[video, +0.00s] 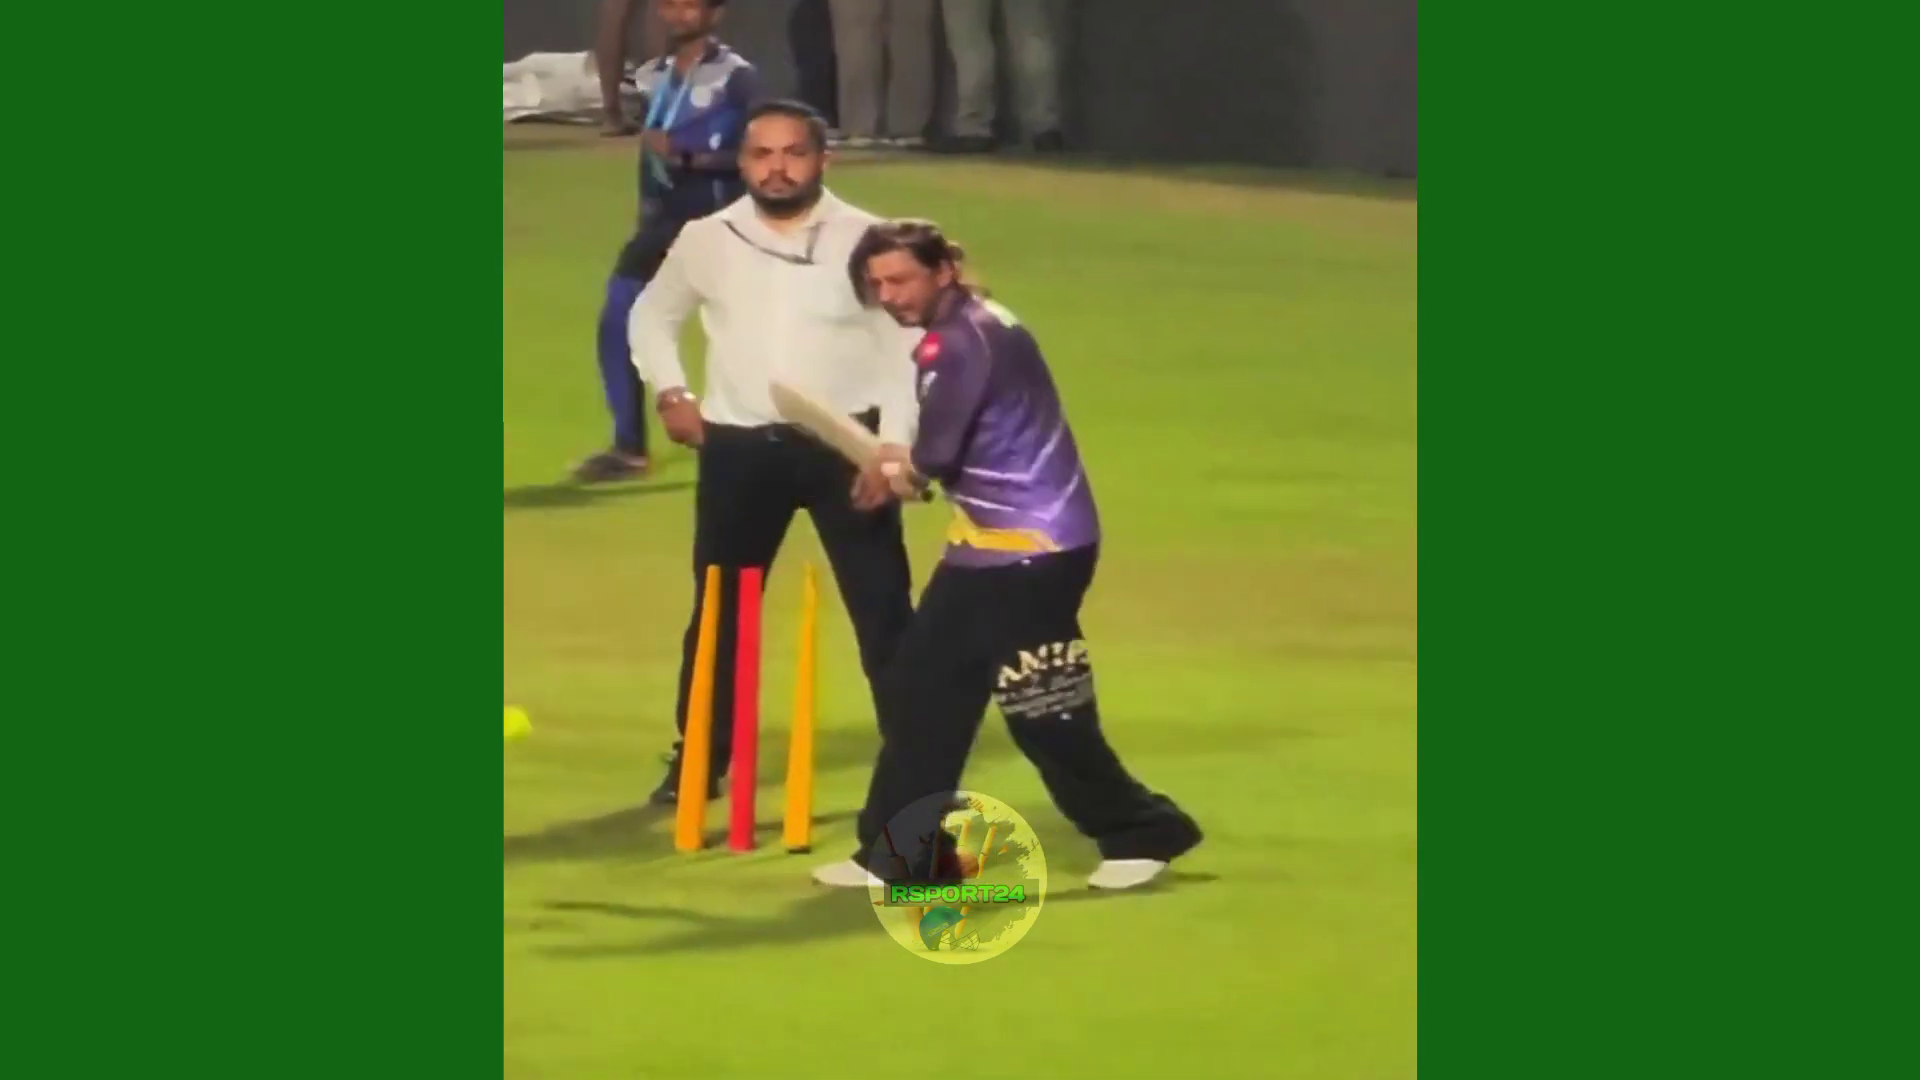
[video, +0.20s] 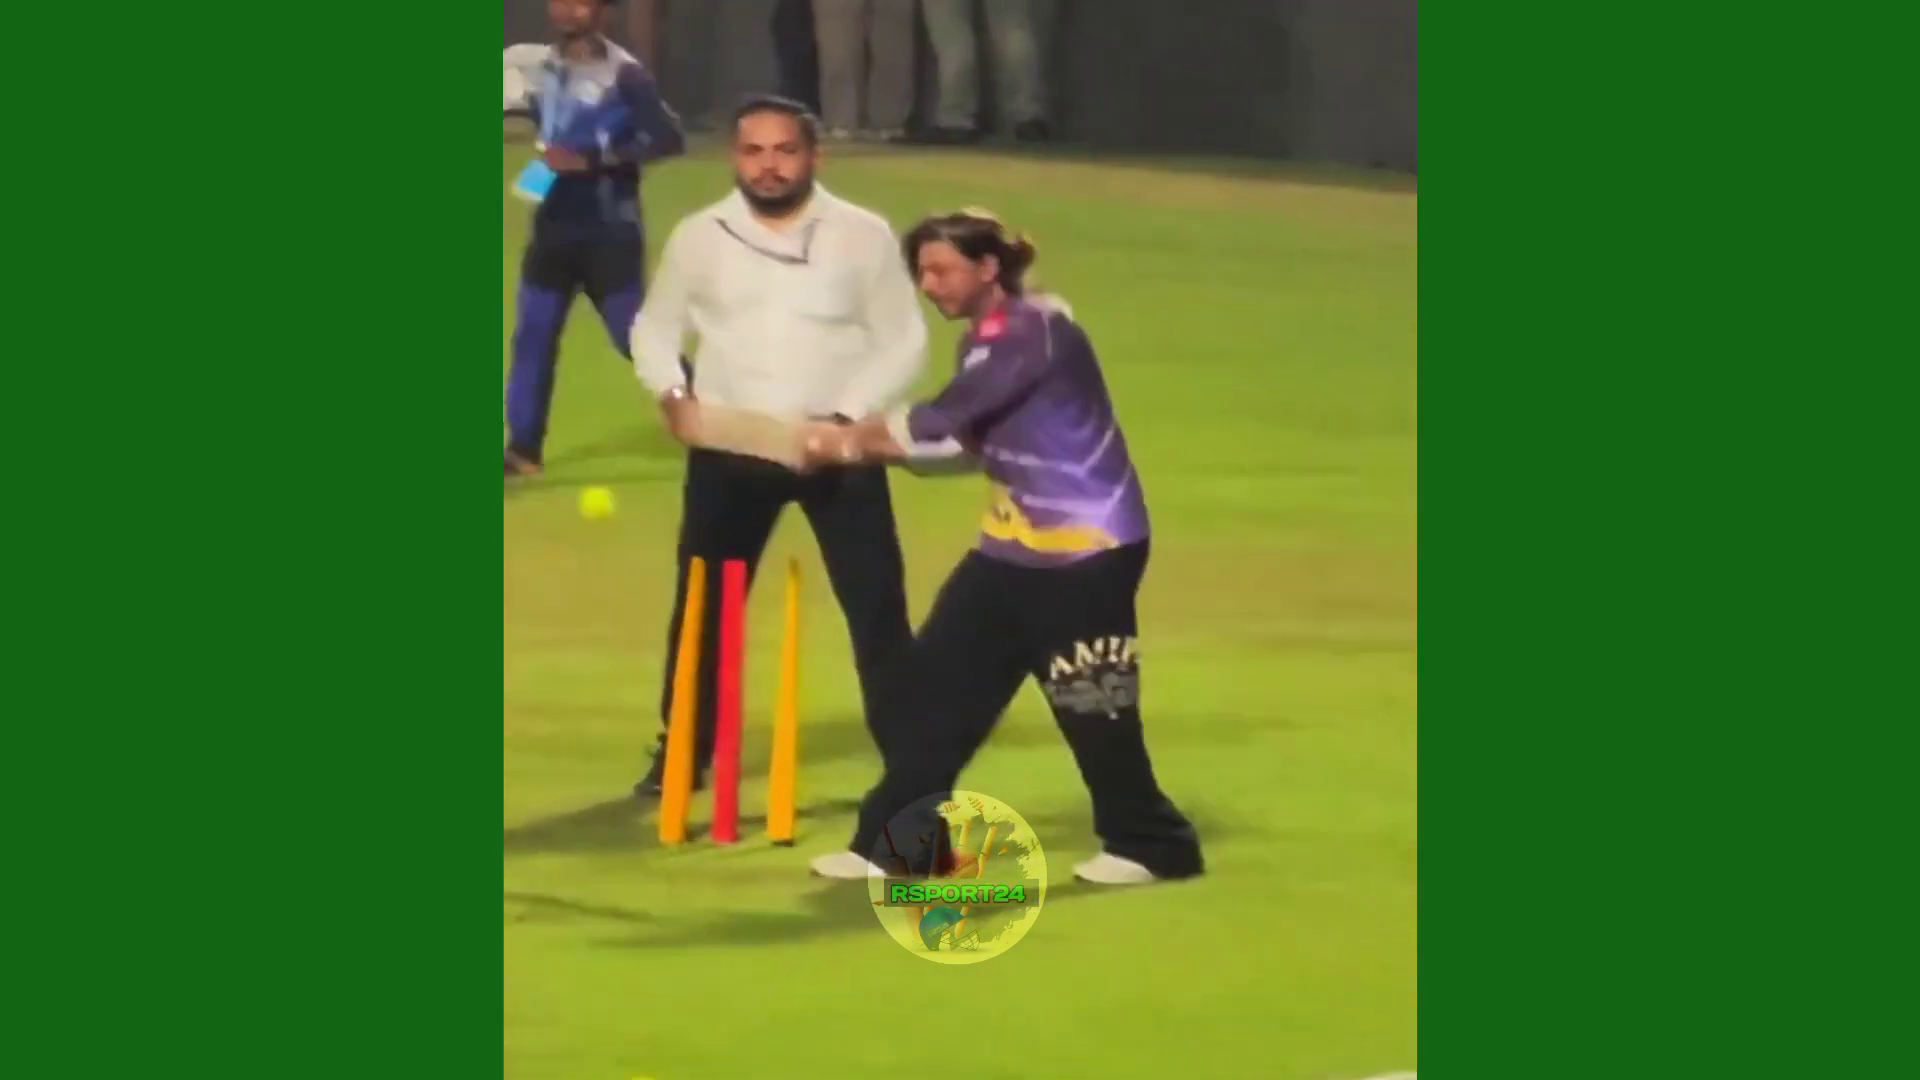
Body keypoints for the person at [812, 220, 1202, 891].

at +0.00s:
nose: (889, 298)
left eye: (900, 281)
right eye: (877, 286)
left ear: (943, 272)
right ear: (870, 290)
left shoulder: (960, 342)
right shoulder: (979, 321)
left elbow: (936, 454)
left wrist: (897, 474)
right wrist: (899, 470)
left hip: (1031, 547)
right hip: (994, 541)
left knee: (1047, 708)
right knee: (921, 688)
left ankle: (1141, 835)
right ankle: (892, 852)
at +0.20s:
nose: (929, 287)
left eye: (940, 272)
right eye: (923, 275)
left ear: (987, 266)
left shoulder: (1031, 331)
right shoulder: (988, 335)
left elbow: (951, 417)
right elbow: (972, 443)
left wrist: (859, 436)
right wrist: (873, 449)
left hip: (1088, 543)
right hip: (1016, 539)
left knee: (1094, 701)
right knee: (942, 681)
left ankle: (1149, 845)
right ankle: (889, 843)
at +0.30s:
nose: (941, 269)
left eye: (951, 253)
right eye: (935, 257)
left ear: (1000, 247)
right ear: (948, 264)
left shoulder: (1069, 295)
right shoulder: (971, 331)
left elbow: (1021, 377)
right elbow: (935, 419)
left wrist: (919, 404)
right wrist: (844, 431)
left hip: (1101, 524)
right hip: (1022, 527)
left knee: (1100, 692)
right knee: (962, 676)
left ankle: (1147, 840)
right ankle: (909, 835)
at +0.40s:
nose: (957, 246)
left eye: (969, 230)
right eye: (948, 238)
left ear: (1016, 228)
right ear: (945, 248)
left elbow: (1116, 359)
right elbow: (946, 391)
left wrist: (1045, 379)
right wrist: (983, 399)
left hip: (1098, 510)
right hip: (1008, 519)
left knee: (1109, 680)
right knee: (962, 672)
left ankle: (1136, 837)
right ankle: (917, 830)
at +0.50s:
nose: (974, 232)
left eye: (986, 216)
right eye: (961, 223)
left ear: (1025, 217)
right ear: (951, 235)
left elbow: (1147, 330)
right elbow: (1008, 345)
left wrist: (1128, 353)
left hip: (1095, 510)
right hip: (993, 518)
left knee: (1107, 673)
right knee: (941, 655)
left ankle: (1121, 826)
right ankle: (926, 816)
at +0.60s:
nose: (987, 229)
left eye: (1000, 213)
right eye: (971, 220)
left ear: (1035, 218)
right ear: (960, 234)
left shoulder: (1080, 272)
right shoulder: (963, 292)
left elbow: (1133, 357)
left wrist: (1168, 355)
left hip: (1086, 511)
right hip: (985, 520)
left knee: (1099, 672)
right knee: (941, 663)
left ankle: (1120, 825)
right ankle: (946, 808)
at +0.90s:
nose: (1023, 219)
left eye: (1035, 206)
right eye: (1008, 207)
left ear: (1053, 212)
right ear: (983, 213)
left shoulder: (1041, 276)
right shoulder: (982, 278)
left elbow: (1087, 369)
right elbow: (1084, 344)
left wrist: (1162, 354)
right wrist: (1174, 340)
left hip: (1053, 503)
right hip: (965, 516)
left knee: (1100, 649)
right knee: (967, 665)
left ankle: (1150, 791)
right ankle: (960, 797)